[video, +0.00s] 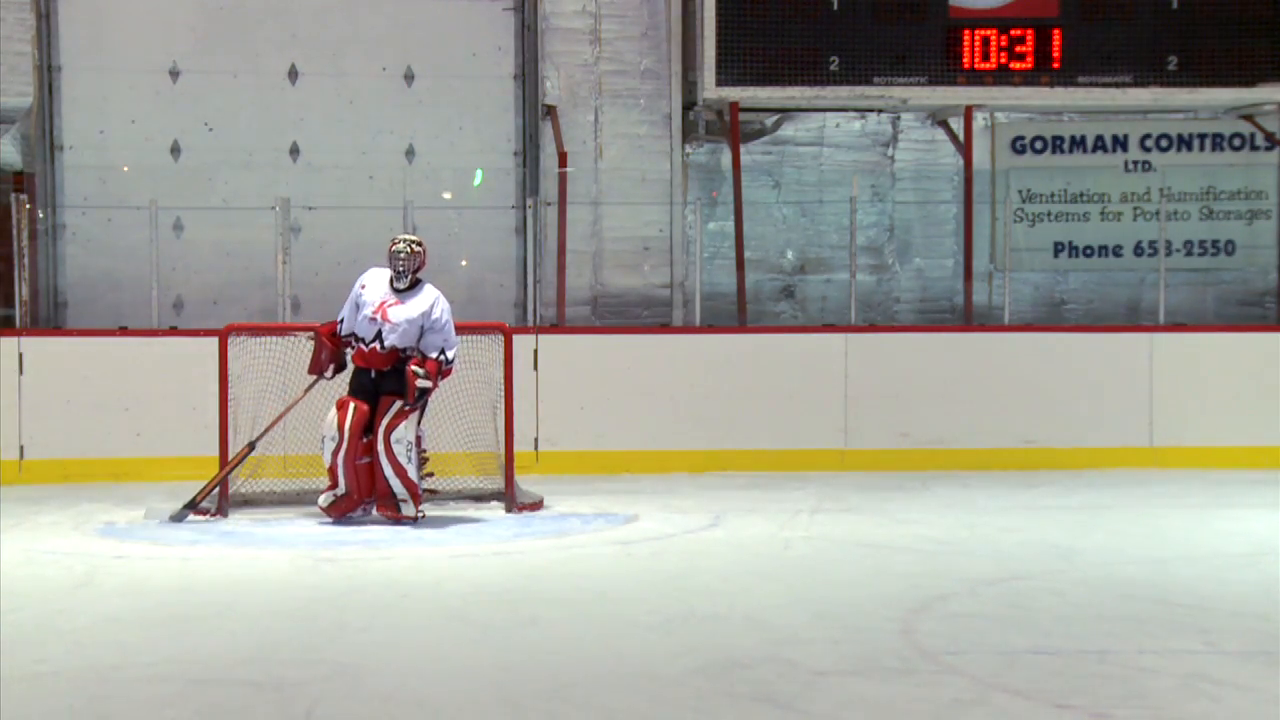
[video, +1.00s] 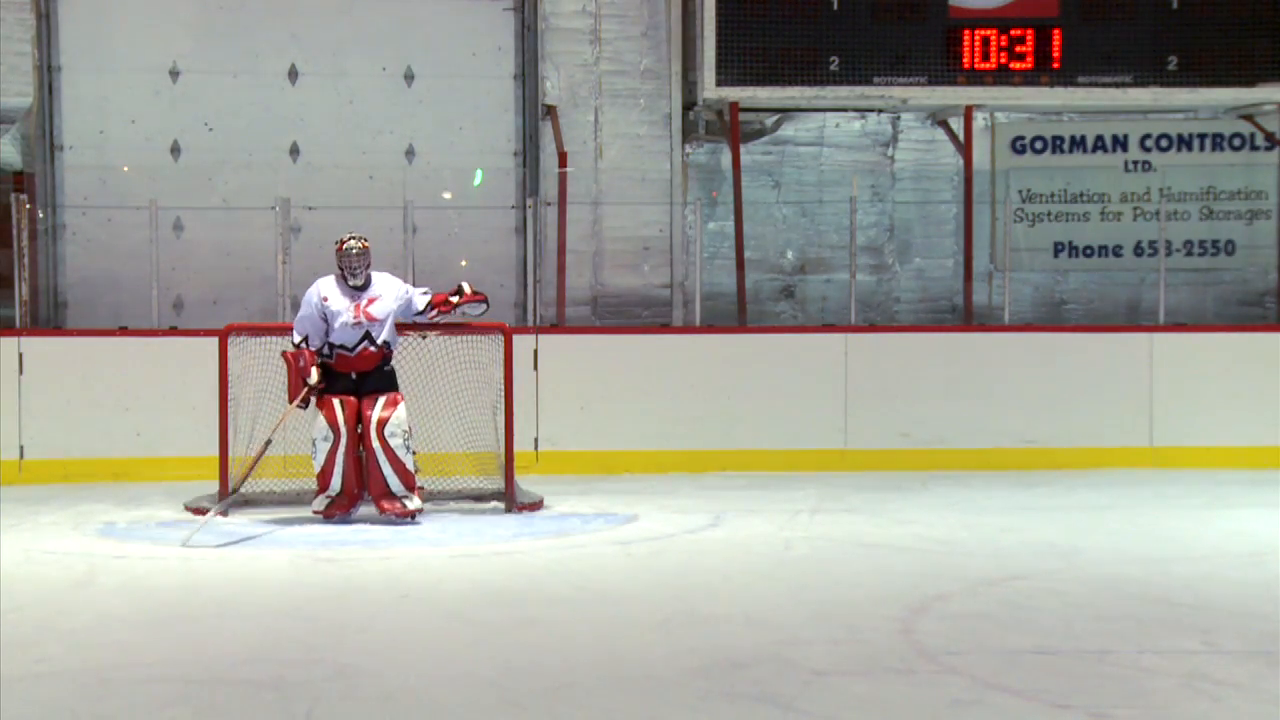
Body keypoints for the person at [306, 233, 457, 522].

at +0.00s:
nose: (402, 264)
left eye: (409, 259)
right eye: (398, 258)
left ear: (419, 263)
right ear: (390, 260)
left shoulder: (433, 302)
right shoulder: (370, 280)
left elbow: (445, 353)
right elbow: (346, 325)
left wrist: (427, 374)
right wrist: (333, 353)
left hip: (400, 381)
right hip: (363, 376)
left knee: (390, 438)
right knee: (347, 431)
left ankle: (398, 504)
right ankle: (351, 498)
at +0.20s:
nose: (395, 262)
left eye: (401, 257)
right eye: (390, 256)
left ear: (413, 260)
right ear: (382, 259)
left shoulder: (426, 298)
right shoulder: (363, 281)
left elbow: (442, 346)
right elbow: (343, 330)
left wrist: (428, 368)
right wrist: (333, 358)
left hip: (399, 379)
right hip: (362, 376)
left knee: (389, 438)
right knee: (343, 430)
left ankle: (397, 506)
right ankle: (350, 500)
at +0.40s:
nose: (384, 262)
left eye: (391, 256)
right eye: (380, 256)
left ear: (402, 259)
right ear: (372, 258)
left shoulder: (418, 293)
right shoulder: (354, 284)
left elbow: (445, 333)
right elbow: (337, 333)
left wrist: (441, 357)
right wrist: (326, 367)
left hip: (400, 379)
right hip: (359, 378)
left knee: (390, 435)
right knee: (341, 429)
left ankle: (399, 506)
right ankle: (346, 501)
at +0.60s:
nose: (374, 263)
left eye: (380, 257)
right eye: (368, 257)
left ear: (391, 259)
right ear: (360, 260)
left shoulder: (411, 291)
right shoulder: (342, 288)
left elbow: (441, 318)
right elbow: (326, 339)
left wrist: (460, 333)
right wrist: (316, 377)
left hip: (395, 377)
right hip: (353, 376)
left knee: (391, 436)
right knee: (341, 433)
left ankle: (399, 503)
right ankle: (341, 501)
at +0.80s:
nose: (363, 264)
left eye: (369, 258)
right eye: (357, 259)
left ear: (378, 259)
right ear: (348, 262)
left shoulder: (400, 288)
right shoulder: (330, 291)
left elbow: (433, 306)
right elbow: (317, 339)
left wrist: (461, 311)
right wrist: (312, 374)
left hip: (386, 377)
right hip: (344, 379)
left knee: (392, 436)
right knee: (337, 437)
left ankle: (400, 503)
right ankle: (338, 502)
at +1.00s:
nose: (355, 265)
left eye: (360, 259)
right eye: (349, 260)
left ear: (369, 260)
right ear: (339, 263)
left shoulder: (389, 287)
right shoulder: (321, 292)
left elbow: (421, 304)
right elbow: (304, 339)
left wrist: (453, 299)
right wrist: (308, 371)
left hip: (378, 376)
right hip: (336, 378)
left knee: (389, 433)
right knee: (335, 436)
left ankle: (398, 501)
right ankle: (336, 501)